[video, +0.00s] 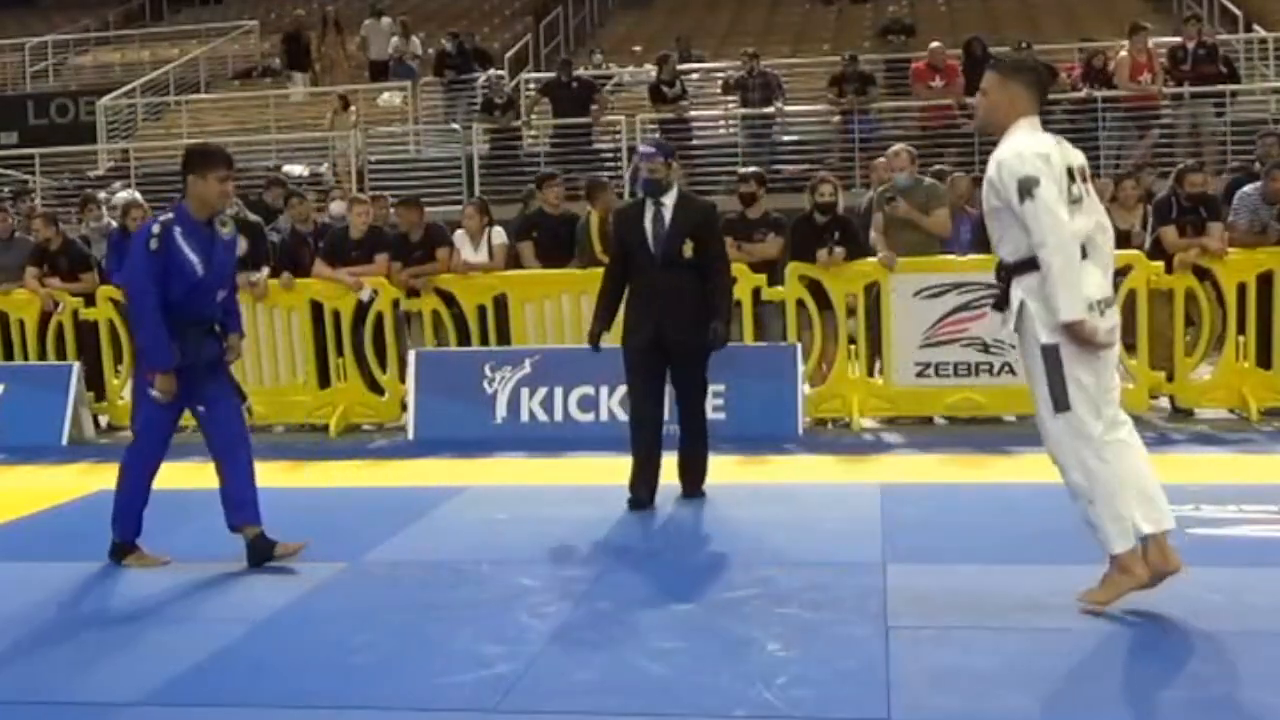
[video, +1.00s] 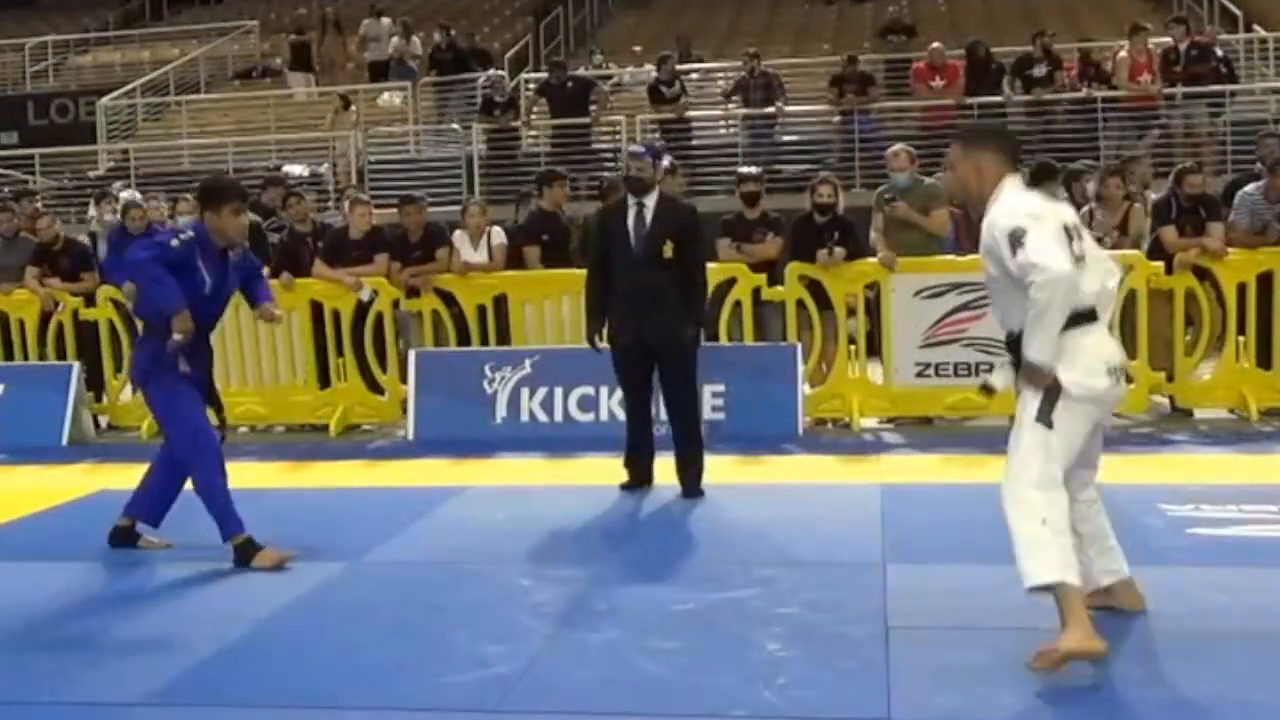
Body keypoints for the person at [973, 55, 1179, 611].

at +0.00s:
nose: (974, 101)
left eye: (981, 91)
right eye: (978, 90)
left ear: (1007, 95)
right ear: (1025, 97)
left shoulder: (1015, 156)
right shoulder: (1062, 150)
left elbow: (1053, 237)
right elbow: (1099, 231)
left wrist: (1073, 312)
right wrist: (1102, 302)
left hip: (1049, 313)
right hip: (1093, 304)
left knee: (1071, 433)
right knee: (1107, 422)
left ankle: (1123, 558)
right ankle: (1157, 542)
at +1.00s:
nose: (948, 180)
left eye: (951, 168)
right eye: (947, 169)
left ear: (980, 164)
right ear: (997, 165)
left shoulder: (1011, 212)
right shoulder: (1045, 203)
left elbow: (1053, 274)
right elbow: (1104, 270)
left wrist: (1035, 357)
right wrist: (1085, 333)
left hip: (1066, 359)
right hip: (1096, 353)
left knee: (1029, 483)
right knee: (1074, 480)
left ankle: (1076, 625)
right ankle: (1114, 582)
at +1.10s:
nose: (916, 210)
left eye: (921, 199)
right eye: (917, 199)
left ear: (945, 202)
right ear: (972, 200)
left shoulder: (981, 255)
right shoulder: (1024, 241)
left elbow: (1000, 335)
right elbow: (1090, 298)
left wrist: (975, 398)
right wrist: (1080, 363)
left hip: (1052, 395)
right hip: (1084, 386)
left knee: (1007, 512)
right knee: (1052, 490)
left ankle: (1079, 657)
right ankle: (1109, 583)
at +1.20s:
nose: (881, 231)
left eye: (884, 218)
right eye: (881, 219)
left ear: (907, 217)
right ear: (936, 215)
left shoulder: (945, 273)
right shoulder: (999, 242)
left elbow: (948, 365)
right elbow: (1072, 287)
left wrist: (916, 414)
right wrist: (1059, 361)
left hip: (1042, 398)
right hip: (1064, 385)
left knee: (995, 523)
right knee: (991, 458)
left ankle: (1079, 656)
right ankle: (1081, 566)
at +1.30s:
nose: (846, 253)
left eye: (848, 241)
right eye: (844, 242)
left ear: (874, 238)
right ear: (900, 229)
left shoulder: (905, 297)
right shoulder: (961, 247)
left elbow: (889, 403)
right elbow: (1045, 273)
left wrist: (861, 422)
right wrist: (1050, 356)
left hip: (1024, 402)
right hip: (1039, 384)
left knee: (982, 535)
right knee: (949, 468)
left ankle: (1080, 658)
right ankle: (990, 592)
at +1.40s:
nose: (803, 270)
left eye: (805, 257)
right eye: (800, 259)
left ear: (829, 251)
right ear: (855, 243)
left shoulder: (854, 310)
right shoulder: (929, 254)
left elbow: (850, 418)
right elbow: (1016, 295)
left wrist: (823, 436)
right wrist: (1023, 374)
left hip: (987, 403)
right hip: (1012, 382)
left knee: (971, 547)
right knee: (909, 489)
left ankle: (1080, 655)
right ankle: (865, 606)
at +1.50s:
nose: (761, 288)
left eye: (762, 275)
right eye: (759, 275)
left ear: (782, 271)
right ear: (814, 262)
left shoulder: (804, 318)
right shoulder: (874, 279)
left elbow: (817, 423)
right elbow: (959, 335)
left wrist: (798, 454)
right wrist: (890, 419)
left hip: (940, 405)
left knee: (934, 555)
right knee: (852, 503)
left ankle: (1061, 633)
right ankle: (824, 619)